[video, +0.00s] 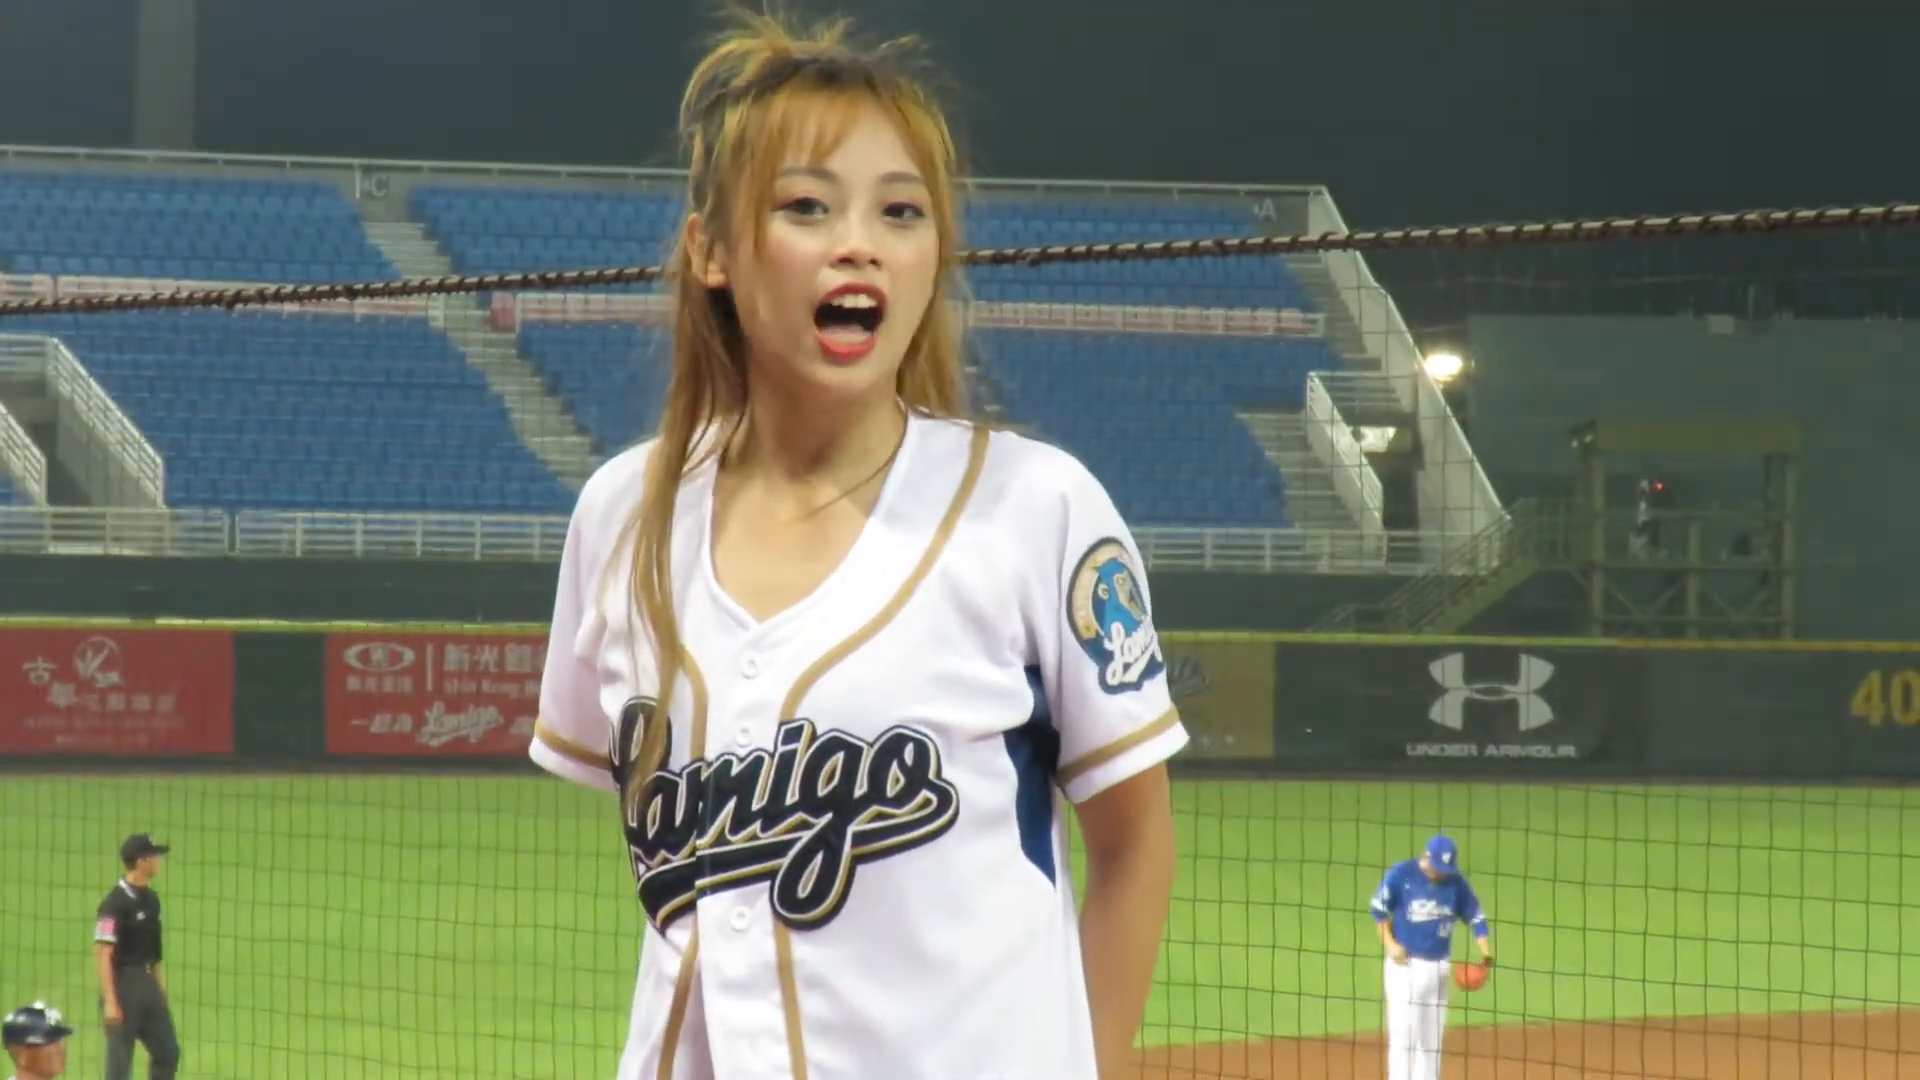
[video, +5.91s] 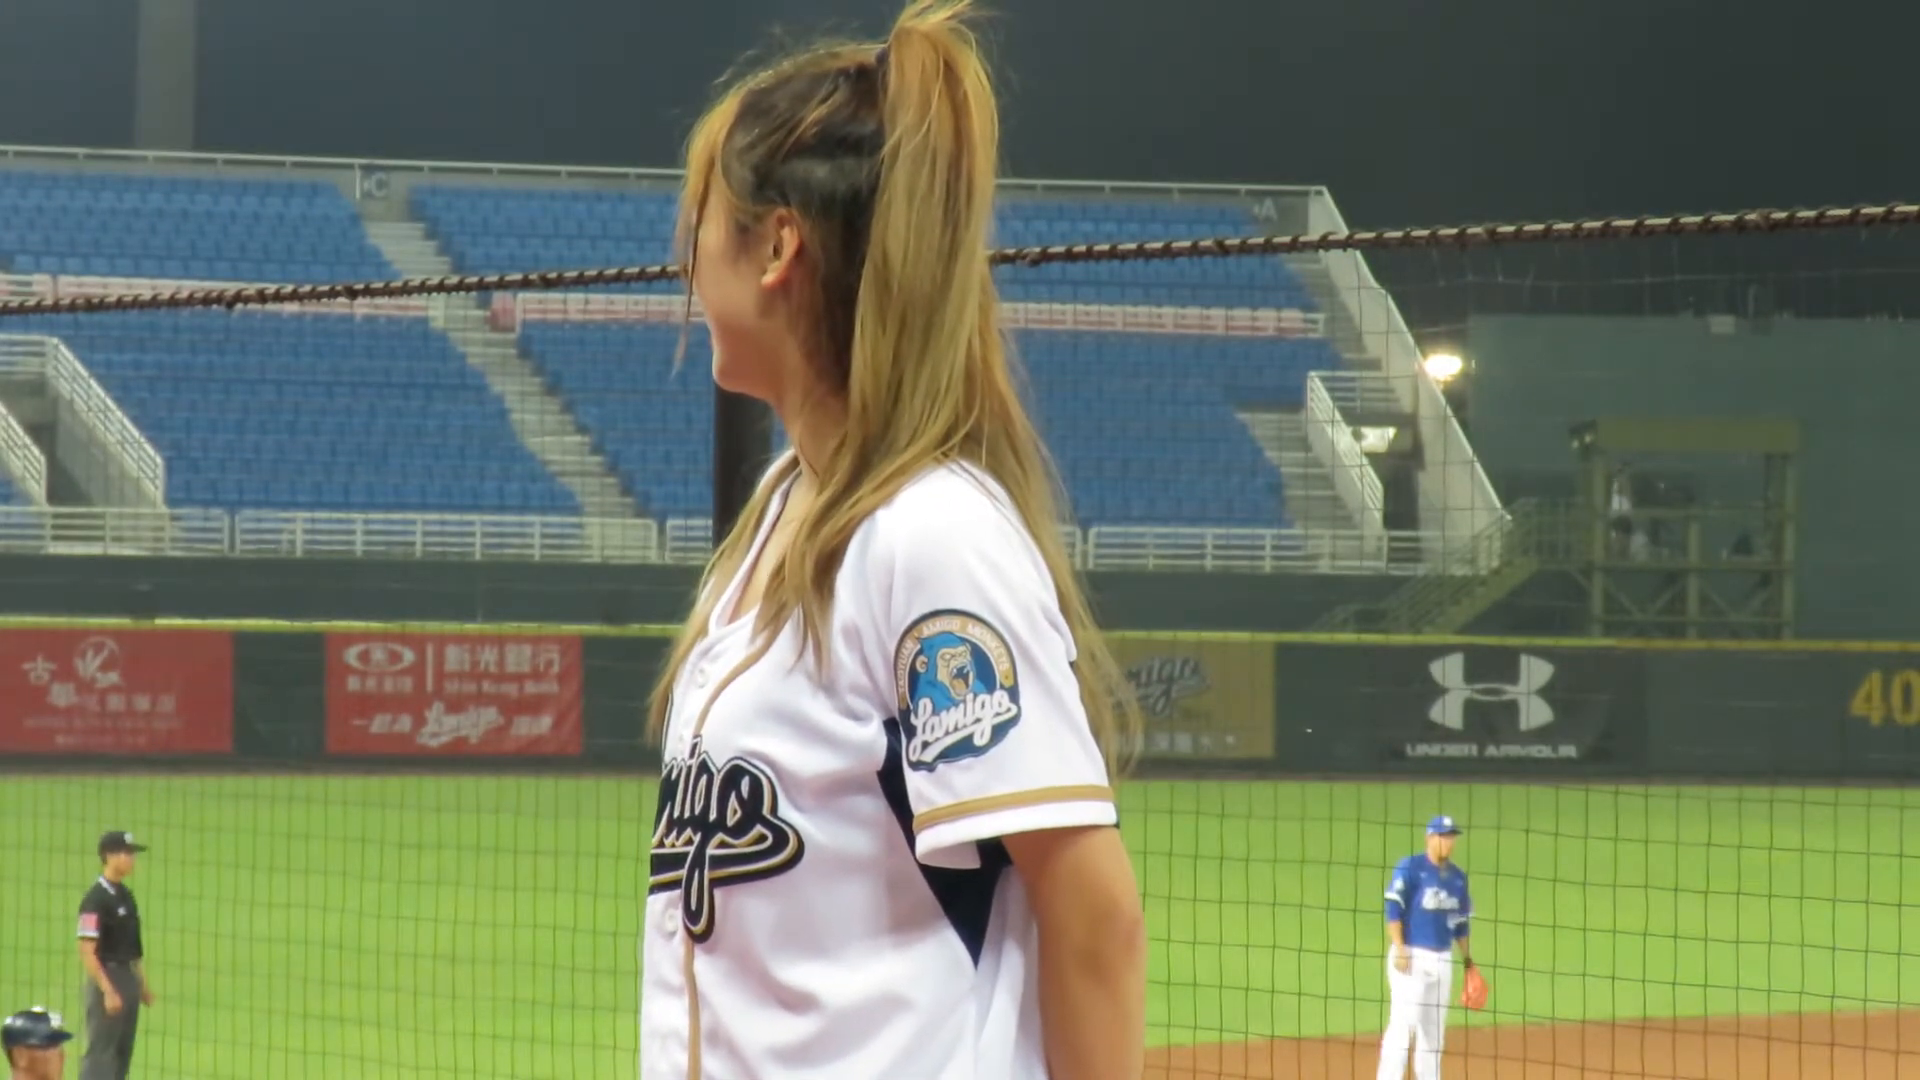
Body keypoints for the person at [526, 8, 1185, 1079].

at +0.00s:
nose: (860, 250)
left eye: (900, 212)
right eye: (806, 207)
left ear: (938, 258)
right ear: (714, 253)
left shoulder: (1040, 507)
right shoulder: (626, 513)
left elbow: (1134, 848)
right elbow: (662, 838)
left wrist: (1090, 1064)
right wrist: (767, 1041)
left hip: (989, 1055)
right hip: (701, 1055)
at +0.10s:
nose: (781, 249)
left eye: (841, 210)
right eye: (745, 209)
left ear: (926, 263)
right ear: (701, 249)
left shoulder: (1042, 514)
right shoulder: (632, 512)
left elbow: (1136, 855)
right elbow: (662, 842)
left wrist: (1095, 1068)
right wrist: (751, 1045)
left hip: (984, 1057)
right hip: (698, 1056)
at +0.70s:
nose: (678, 261)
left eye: (692, 225)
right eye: (685, 224)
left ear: (772, 256)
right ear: (771, 254)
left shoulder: (950, 515)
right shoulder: (758, 505)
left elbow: (1102, 880)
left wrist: (1080, 1070)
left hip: (888, 1056)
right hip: (709, 1052)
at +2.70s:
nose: (692, 263)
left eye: (706, 226)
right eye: (700, 225)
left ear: (781, 258)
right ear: (779, 259)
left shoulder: (930, 525)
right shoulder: (782, 501)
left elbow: (1089, 904)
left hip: (879, 1056)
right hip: (726, 1050)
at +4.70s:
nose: (685, 264)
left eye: (699, 225)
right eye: (693, 225)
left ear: (777, 249)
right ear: (776, 249)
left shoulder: (936, 534)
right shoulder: (784, 508)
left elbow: (1096, 912)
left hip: (886, 1057)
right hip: (721, 1051)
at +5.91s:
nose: (688, 263)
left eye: (702, 225)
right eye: (696, 224)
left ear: (779, 250)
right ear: (777, 251)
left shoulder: (937, 532)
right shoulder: (783, 504)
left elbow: (1096, 912)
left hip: (884, 1056)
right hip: (718, 1051)